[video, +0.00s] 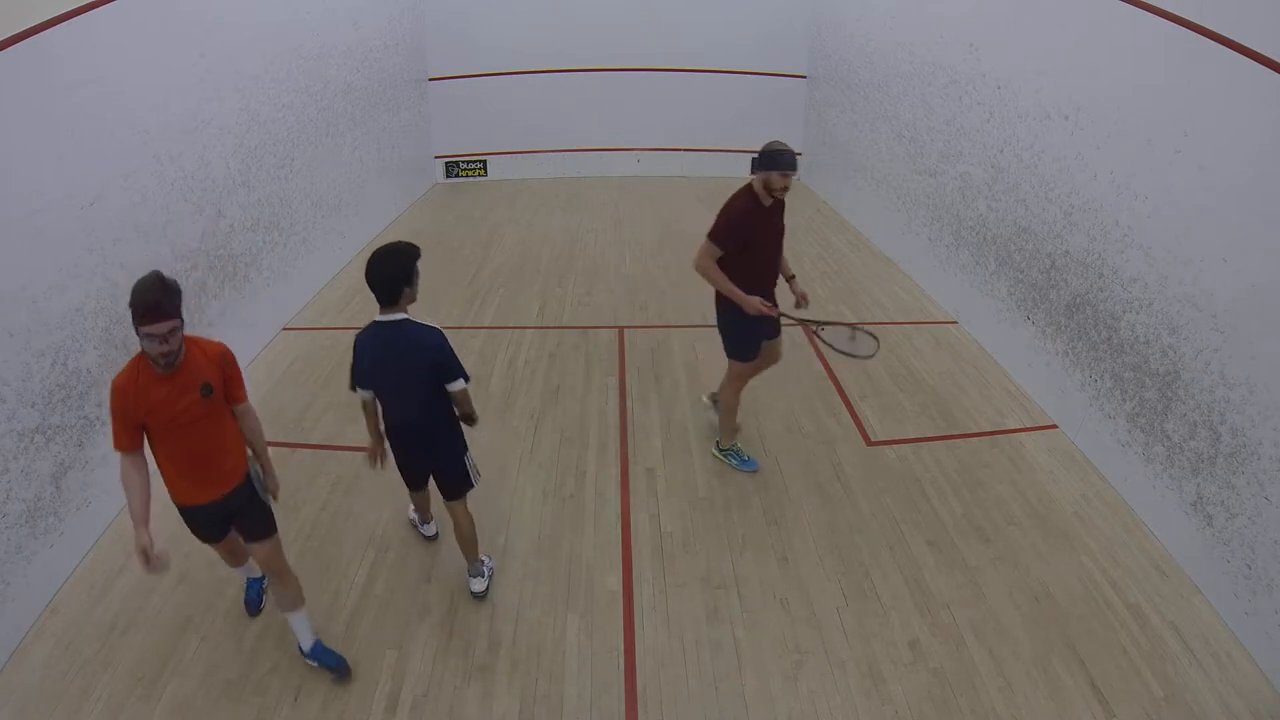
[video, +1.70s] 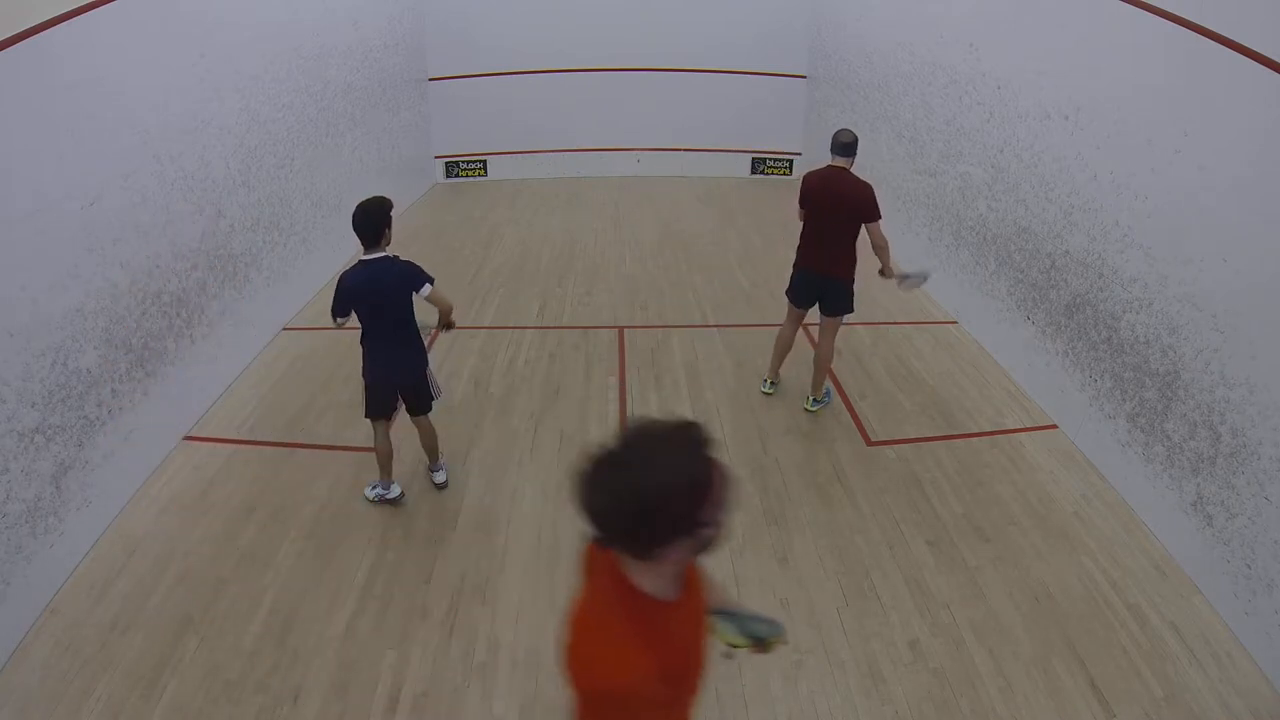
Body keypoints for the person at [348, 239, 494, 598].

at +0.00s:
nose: (418, 287)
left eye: (416, 280)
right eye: (416, 281)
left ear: (376, 290)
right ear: (406, 291)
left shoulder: (365, 340)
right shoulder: (430, 337)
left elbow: (367, 399)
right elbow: (458, 393)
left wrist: (375, 437)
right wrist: (468, 414)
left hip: (402, 436)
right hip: (440, 433)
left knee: (416, 485)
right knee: (457, 505)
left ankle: (426, 523)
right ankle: (476, 573)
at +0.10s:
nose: (413, 276)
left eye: (410, 269)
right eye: (409, 270)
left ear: (371, 281)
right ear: (399, 280)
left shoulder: (358, 330)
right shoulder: (420, 328)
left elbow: (358, 381)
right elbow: (447, 381)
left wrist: (371, 413)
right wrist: (459, 405)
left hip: (394, 426)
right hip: (432, 423)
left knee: (412, 475)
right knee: (454, 492)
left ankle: (426, 521)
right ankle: (475, 564)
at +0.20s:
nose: (407, 271)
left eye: (405, 264)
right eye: (404, 265)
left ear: (364, 274)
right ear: (392, 274)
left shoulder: (351, 321)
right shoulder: (412, 320)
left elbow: (352, 366)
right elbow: (439, 374)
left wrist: (382, 374)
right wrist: (455, 399)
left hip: (387, 420)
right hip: (425, 414)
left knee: (409, 470)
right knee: (453, 475)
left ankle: (425, 522)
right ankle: (469, 547)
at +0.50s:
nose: (402, 256)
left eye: (400, 249)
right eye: (398, 251)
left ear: (363, 261)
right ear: (385, 261)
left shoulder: (348, 303)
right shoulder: (401, 308)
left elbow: (350, 353)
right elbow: (425, 367)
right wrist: (443, 405)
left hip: (380, 405)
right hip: (414, 399)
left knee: (406, 462)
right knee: (435, 448)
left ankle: (425, 521)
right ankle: (448, 499)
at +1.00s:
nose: (413, 240)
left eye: (411, 234)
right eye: (411, 235)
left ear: (377, 239)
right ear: (405, 241)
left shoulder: (362, 278)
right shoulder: (419, 284)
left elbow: (362, 321)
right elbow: (436, 337)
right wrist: (448, 369)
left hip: (382, 372)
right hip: (416, 370)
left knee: (382, 426)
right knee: (426, 423)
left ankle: (405, 480)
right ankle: (437, 471)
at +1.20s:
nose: (407, 235)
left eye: (406, 229)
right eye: (406, 230)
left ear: (372, 237)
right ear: (401, 237)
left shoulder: (360, 272)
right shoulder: (415, 279)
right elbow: (449, 310)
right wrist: (451, 325)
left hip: (378, 372)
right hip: (414, 372)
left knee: (386, 432)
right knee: (422, 427)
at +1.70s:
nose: (392, 228)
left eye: (390, 225)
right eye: (391, 225)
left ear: (357, 235)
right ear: (386, 232)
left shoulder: (349, 279)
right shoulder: (404, 269)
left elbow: (339, 320)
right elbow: (444, 305)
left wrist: (360, 293)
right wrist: (445, 320)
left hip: (377, 366)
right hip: (411, 360)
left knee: (380, 426)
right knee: (421, 417)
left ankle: (387, 486)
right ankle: (437, 470)